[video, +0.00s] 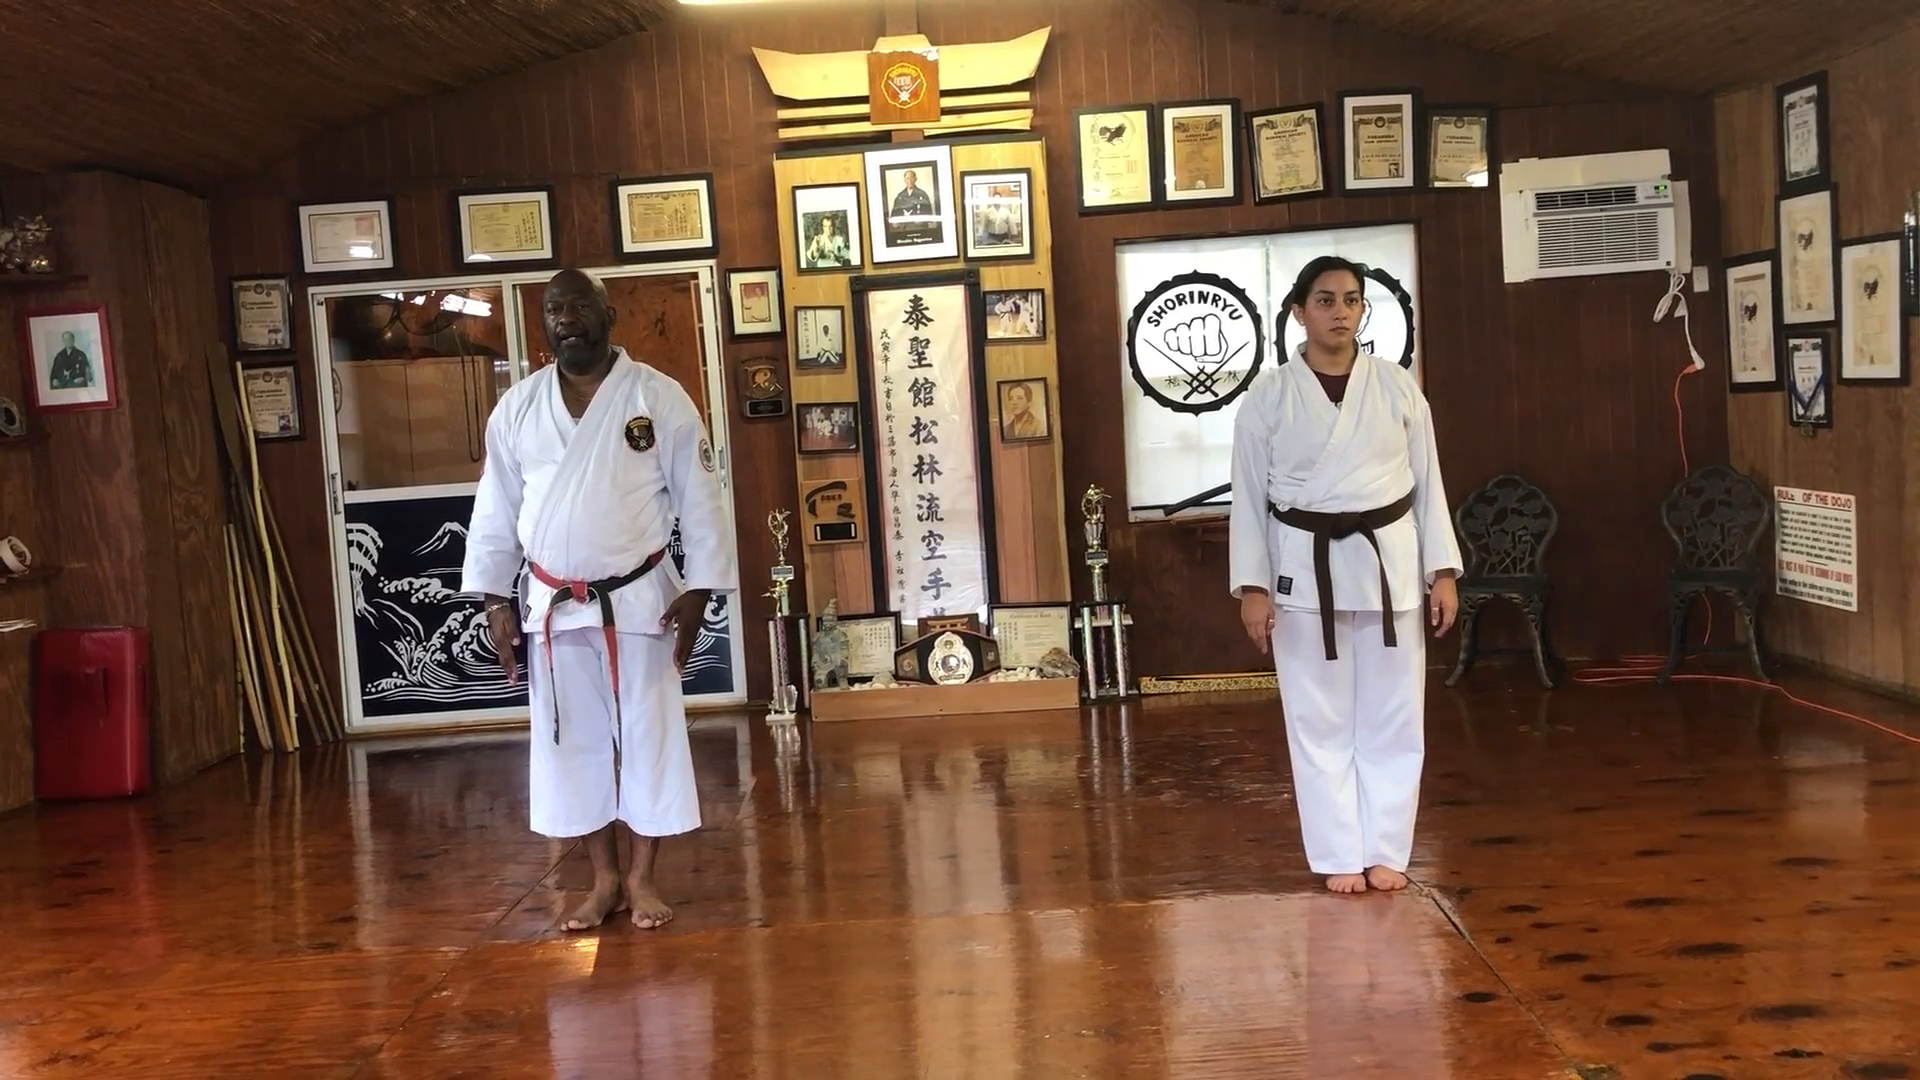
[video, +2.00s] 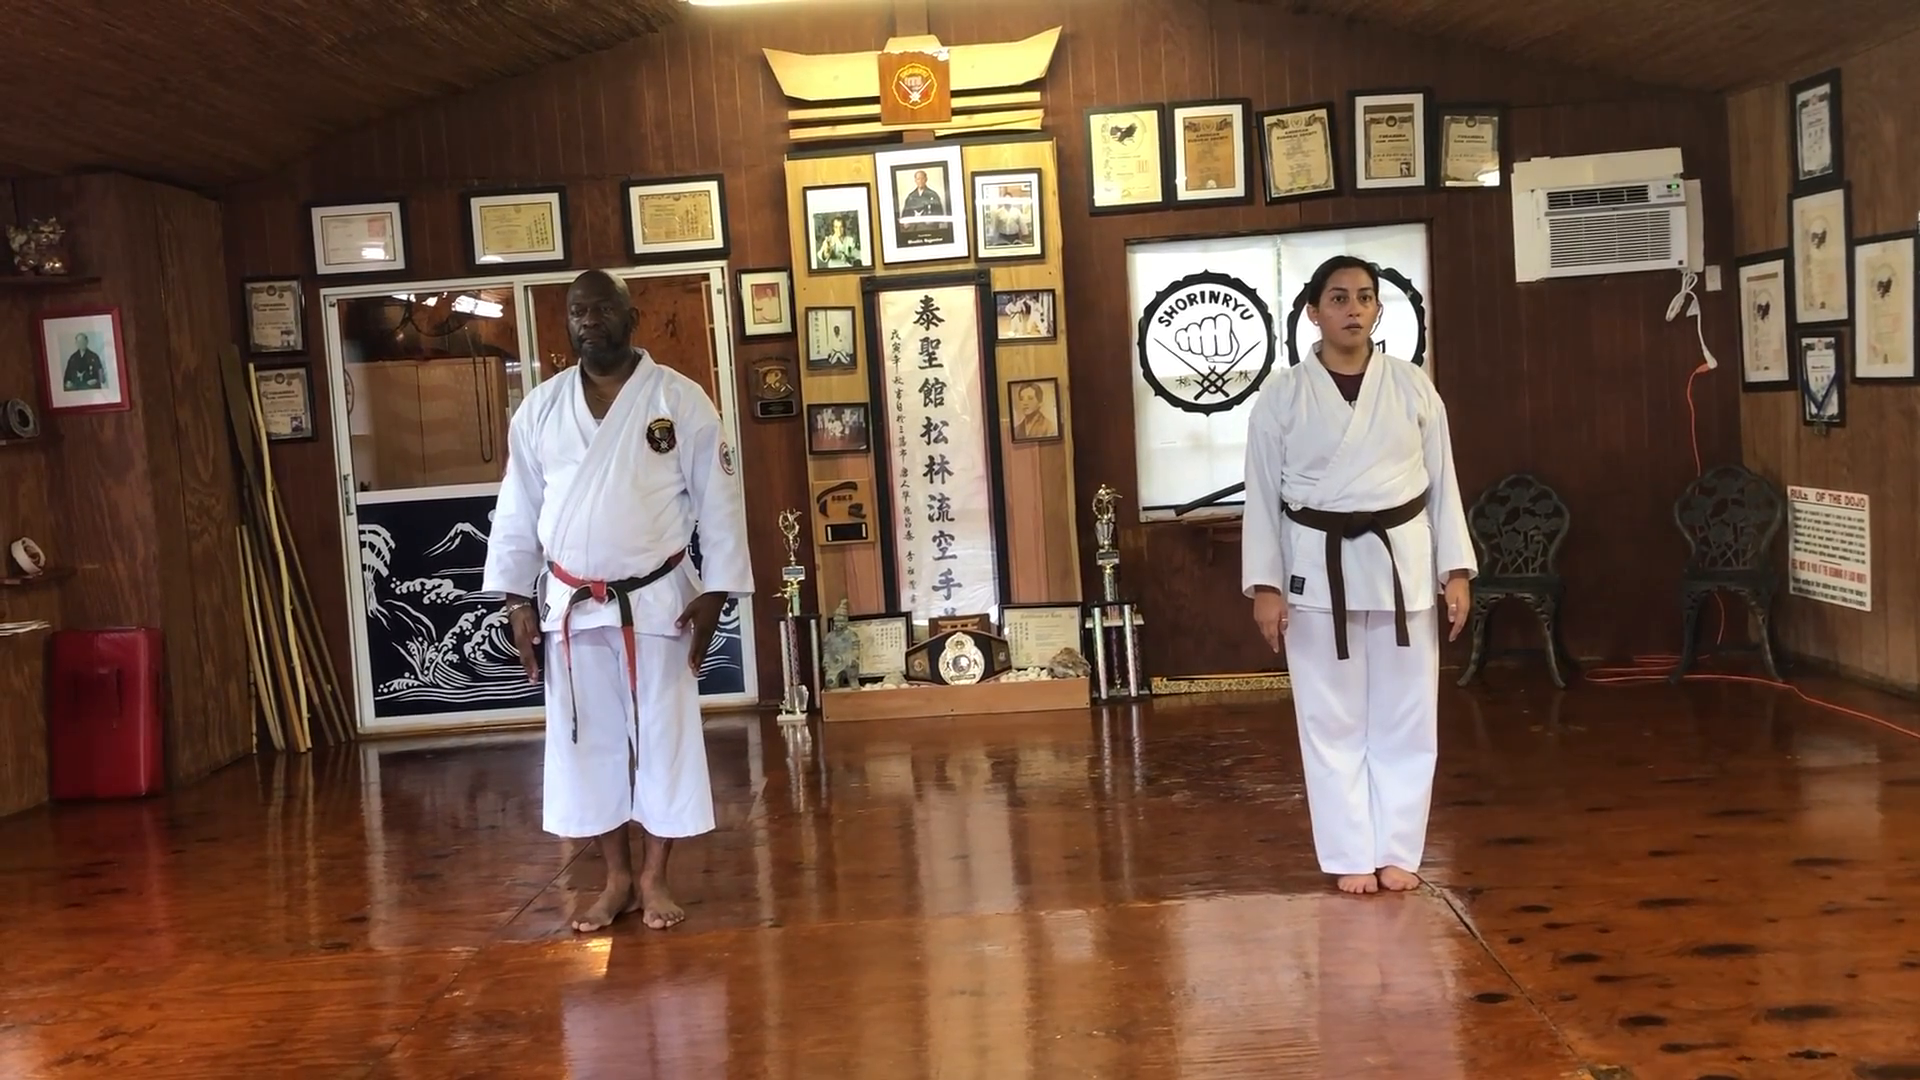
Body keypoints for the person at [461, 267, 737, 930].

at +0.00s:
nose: (565, 321)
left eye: (577, 308)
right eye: (554, 312)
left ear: (608, 316)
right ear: (542, 326)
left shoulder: (658, 396)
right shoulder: (516, 408)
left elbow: (699, 498)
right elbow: (496, 509)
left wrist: (701, 590)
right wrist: (495, 602)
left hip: (638, 591)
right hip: (553, 599)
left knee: (644, 734)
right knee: (574, 735)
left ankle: (639, 880)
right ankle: (602, 880)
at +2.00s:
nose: (590, 322)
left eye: (602, 311)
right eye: (579, 314)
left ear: (632, 318)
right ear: (566, 327)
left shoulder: (680, 400)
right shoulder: (538, 410)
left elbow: (719, 501)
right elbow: (518, 509)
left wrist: (717, 593)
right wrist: (516, 601)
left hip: (657, 593)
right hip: (572, 598)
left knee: (661, 736)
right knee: (588, 736)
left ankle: (652, 878)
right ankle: (616, 879)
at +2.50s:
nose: (560, 392)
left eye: (572, 379)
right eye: (550, 380)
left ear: (605, 367)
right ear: (540, 376)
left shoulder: (666, 420)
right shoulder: (522, 430)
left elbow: (716, 510)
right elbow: (514, 528)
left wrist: (707, 600)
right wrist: (532, 616)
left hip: (662, 608)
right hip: (577, 614)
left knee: (665, 745)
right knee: (592, 746)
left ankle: (651, 882)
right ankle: (613, 884)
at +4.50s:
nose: (583, 320)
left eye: (595, 308)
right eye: (572, 312)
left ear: (624, 319)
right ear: (558, 328)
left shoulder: (675, 398)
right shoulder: (532, 410)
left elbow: (712, 499)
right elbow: (516, 508)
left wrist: (706, 589)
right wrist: (524, 597)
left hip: (656, 590)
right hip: (572, 597)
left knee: (658, 733)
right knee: (590, 734)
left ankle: (654, 879)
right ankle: (617, 880)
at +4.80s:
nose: (592, 324)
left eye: (603, 310)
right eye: (579, 314)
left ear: (631, 316)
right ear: (566, 326)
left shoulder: (682, 394)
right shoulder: (541, 413)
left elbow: (728, 491)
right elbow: (526, 512)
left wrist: (733, 579)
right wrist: (533, 604)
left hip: (680, 585)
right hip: (591, 597)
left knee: (712, 723)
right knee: (600, 735)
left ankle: (747, 868)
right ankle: (620, 881)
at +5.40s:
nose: (693, 328)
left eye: (704, 316)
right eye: (680, 319)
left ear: (730, 323)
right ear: (664, 333)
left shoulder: (779, 406)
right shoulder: (637, 413)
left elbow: (815, 502)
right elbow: (615, 507)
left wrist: (797, 576)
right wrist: (619, 586)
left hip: (761, 594)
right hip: (668, 599)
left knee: (794, 734)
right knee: (651, 743)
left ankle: (815, 877)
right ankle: (626, 888)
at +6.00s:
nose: (690, 341)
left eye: (700, 329)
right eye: (676, 332)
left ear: (724, 338)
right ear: (659, 346)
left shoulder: (768, 423)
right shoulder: (627, 428)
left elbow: (802, 522)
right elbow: (602, 520)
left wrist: (779, 597)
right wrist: (606, 598)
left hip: (745, 612)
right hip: (654, 616)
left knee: (780, 751)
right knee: (637, 756)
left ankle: (808, 893)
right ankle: (618, 903)